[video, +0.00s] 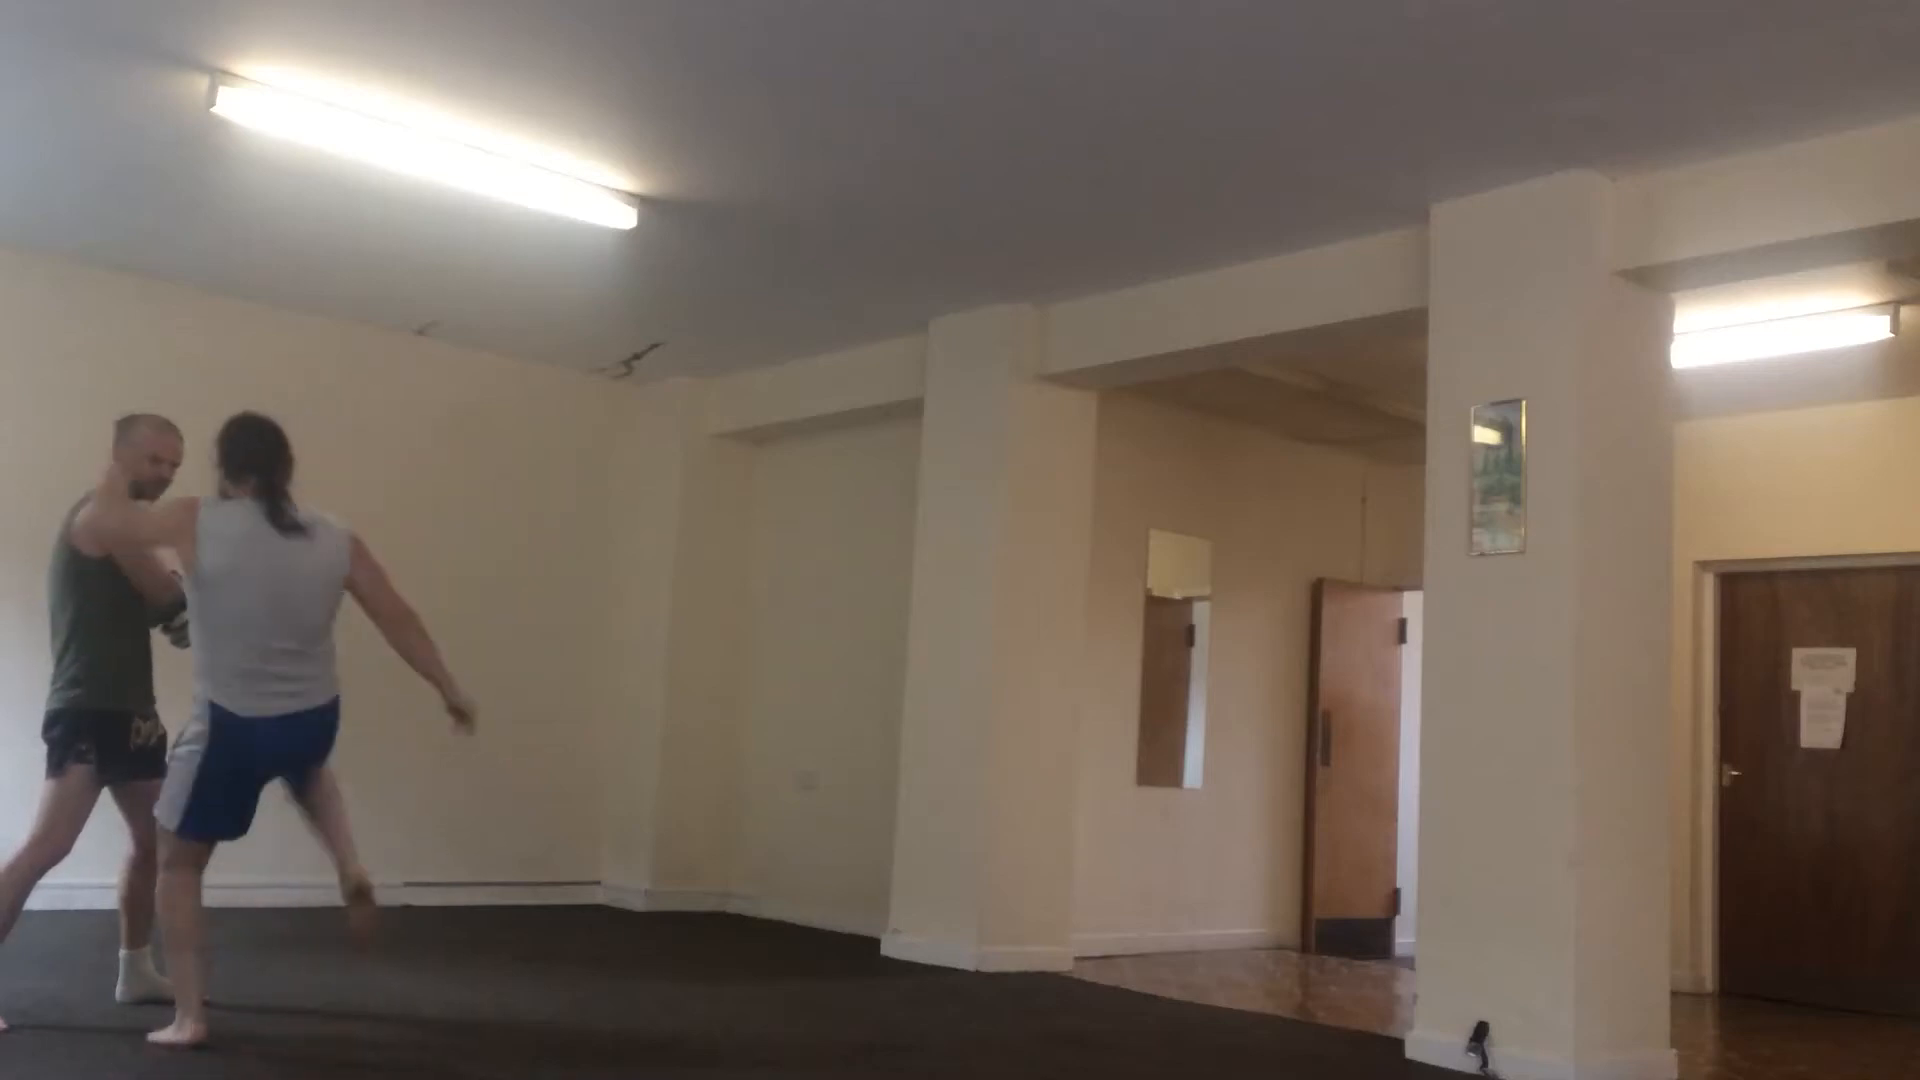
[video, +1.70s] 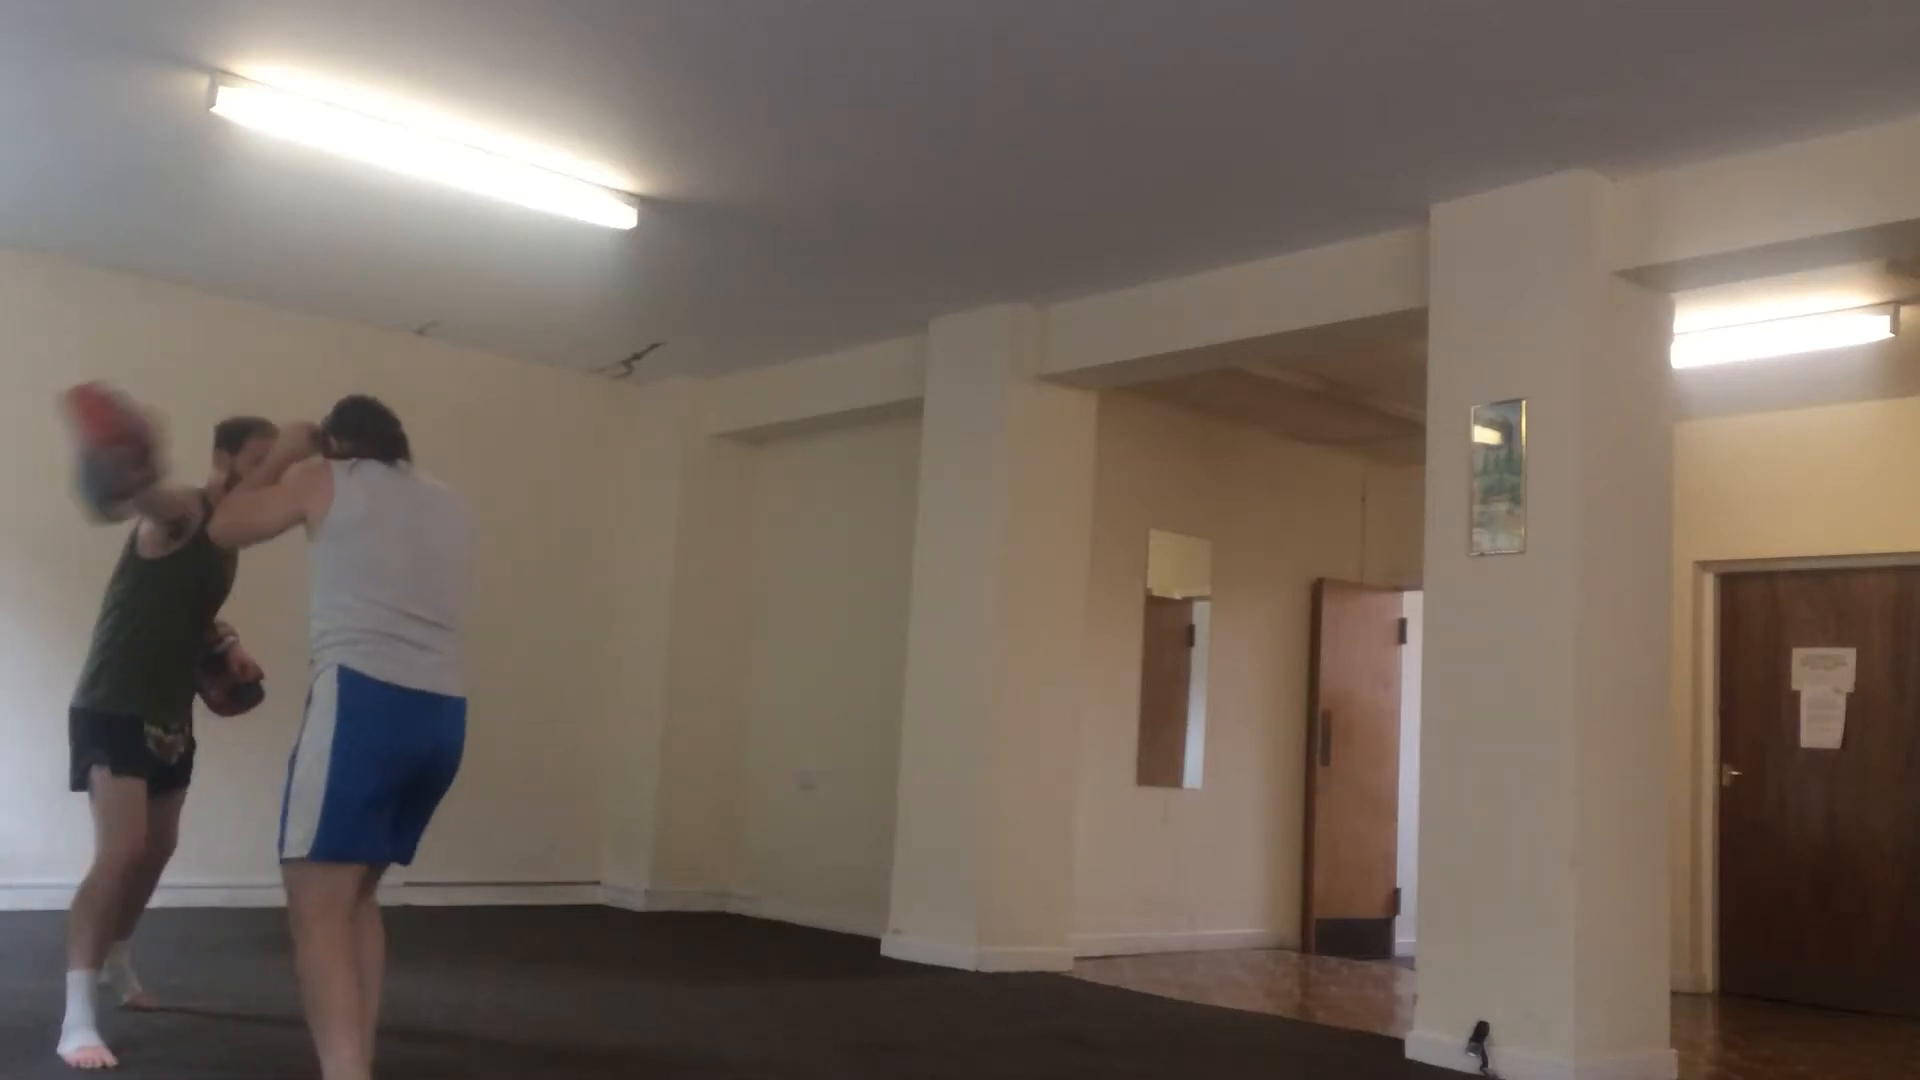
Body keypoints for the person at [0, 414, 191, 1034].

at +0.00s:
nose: (164, 477)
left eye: (172, 468)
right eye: (155, 462)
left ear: (171, 468)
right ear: (120, 455)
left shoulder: (137, 527)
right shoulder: (94, 517)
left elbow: (171, 610)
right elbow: (167, 595)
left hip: (131, 709)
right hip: (86, 708)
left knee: (153, 841)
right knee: (48, 844)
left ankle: (136, 970)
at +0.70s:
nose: (142, 482)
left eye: (152, 474)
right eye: (136, 469)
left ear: (154, 472)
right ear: (103, 453)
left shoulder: (137, 524)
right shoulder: (52, 507)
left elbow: (181, 596)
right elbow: (73, 591)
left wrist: (189, 547)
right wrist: (152, 546)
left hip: (127, 702)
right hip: (59, 697)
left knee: (130, 843)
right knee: (15, 839)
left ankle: (103, 973)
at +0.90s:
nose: (149, 478)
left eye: (162, 471)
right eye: (143, 467)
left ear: (165, 476)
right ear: (117, 462)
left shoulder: (164, 523)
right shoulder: (71, 509)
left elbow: (220, 530)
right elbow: (87, 511)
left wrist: (239, 488)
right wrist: (119, 445)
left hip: (148, 699)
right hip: (75, 694)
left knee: (128, 844)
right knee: (29, 841)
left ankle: (104, 970)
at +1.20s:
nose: (185, 478)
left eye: (196, 469)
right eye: (176, 466)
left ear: (206, 469)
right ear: (152, 457)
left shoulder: (207, 524)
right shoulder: (120, 510)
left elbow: (276, 577)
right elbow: (56, 547)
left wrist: (257, 509)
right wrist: (91, 467)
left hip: (165, 698)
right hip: (95, 687)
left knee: (138, 843)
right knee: (79, 826)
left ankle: (103, 974)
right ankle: (37, 978)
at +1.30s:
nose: (191, 477)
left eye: (203, 469)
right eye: (183, 464)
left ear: (213, 472)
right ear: (156, 457)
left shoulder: (215, 539)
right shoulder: (119, 517)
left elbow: (272, 625)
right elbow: (47, 574)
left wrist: (263, 568)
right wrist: (74, 512)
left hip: (169, 703)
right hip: (100, 691)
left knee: (139, 845)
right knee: (91, 826)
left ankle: (102, 973)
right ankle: (62, 981)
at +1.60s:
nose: (256, 488)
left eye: (266, 479)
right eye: (247, 473)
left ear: (270, 486)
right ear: (214, 468)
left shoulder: (236, 547)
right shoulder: (160, 516)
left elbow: (201, 624)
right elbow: (69, 527)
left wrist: (234, 658)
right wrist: (30, 519)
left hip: (180, 718)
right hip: (119, 709)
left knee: (142, 856)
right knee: (109, 849)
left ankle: (103, 967)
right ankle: (72, 1004)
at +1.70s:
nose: (266, 479)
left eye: (272, 469)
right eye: (257, 465)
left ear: (266, 474)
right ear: (225, 461)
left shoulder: (227, 540)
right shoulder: (186, 509)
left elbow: (193, 615)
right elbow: (150, 498)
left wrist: (226, 650)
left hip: (171, 712)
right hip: (115, 705)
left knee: (155, 849)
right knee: (121, 850)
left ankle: (111, 954)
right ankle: (77, 1013)